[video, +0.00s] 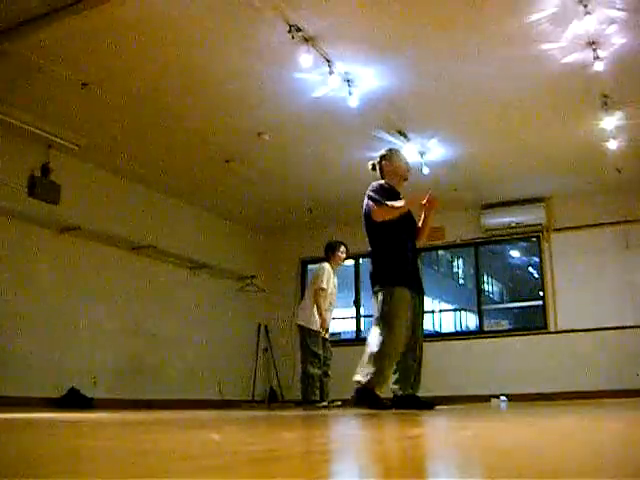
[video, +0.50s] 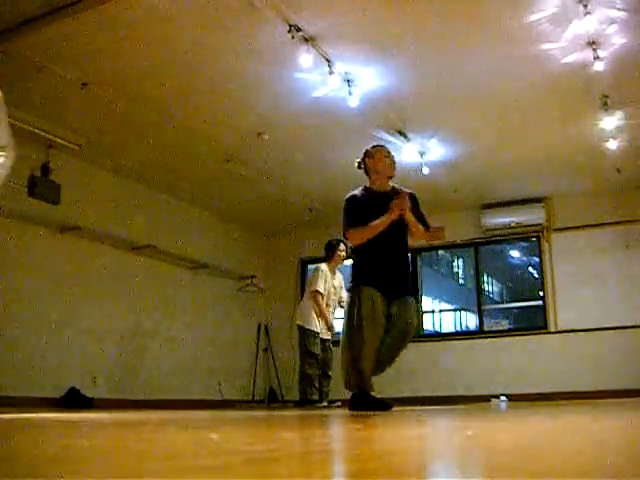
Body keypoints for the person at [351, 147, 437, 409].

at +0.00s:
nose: (408, 167)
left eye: (407, 162)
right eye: (402, 161)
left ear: (394, 166)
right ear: (386, 165)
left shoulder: (398, 201)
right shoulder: (378, 189)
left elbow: (418, 239)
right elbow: (377, 212)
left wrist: (426, 212)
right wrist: (404, 206)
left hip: (410, 274)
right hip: (391, 273)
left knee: (412, 336)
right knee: (392, 332)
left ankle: (406, 391)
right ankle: (367, 386)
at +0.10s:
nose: (404, 161)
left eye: (403, 157)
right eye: (398, 157)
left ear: (395, 163)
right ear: (383, 162)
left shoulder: (399, 203)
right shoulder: (372, 187)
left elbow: (423, 231)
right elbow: (367, 207)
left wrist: (432, 199)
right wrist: (398, 185)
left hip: (407, 276)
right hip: (384, 274)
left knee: (413, 337)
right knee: (378, 334)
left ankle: (407, 392)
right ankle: (362, 391)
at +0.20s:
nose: (399, 157)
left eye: (398, 152)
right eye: (393, 152)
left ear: (395, 159)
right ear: (380, 159)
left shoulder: (404, 200)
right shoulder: (367, 186)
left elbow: (425, 223)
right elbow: (370, 211)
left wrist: (433, 195)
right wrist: (392, 178)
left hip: (402, 278)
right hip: (373, 275)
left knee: (416, 338)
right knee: (367, 335)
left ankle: (407, 390)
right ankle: (361, 392)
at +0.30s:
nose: (394, 159)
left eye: (394, 155)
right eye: (387, 155)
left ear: (396, 161)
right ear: (372, 161)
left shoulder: (404, 199)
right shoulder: (363, 190)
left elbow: (414, 226)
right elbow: (375, 223)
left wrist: (427, 195)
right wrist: (391, 188)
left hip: (397, 276)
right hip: (366, 275)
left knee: (415, 345)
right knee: (365, 334)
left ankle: (393, 375)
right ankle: (361, 391)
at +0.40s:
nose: (389, 161)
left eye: (390, 156)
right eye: (382, 156)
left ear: (393, 164)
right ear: (369, 163)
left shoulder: (401, 197)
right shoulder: (357, 196)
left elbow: (409, 239)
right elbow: (366, 235)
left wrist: (407, 209)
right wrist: (399, 216)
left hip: (397, 276)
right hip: (367, 276)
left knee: (402, 343)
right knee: (366, 334)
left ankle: (369, 372)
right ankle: (363, 391)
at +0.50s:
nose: (388, 161)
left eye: (389, 157)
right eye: (381, 157)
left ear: (393, 165)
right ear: (367, 165)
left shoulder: (405, 197)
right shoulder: (356, 200)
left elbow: (424, 235)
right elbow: (352, 238)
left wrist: (408, 216)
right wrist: (389, 216)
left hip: (399, 275)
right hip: (368, 275)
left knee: (404, 327)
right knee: (367, 330)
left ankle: (363, 375)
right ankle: (361, 392)